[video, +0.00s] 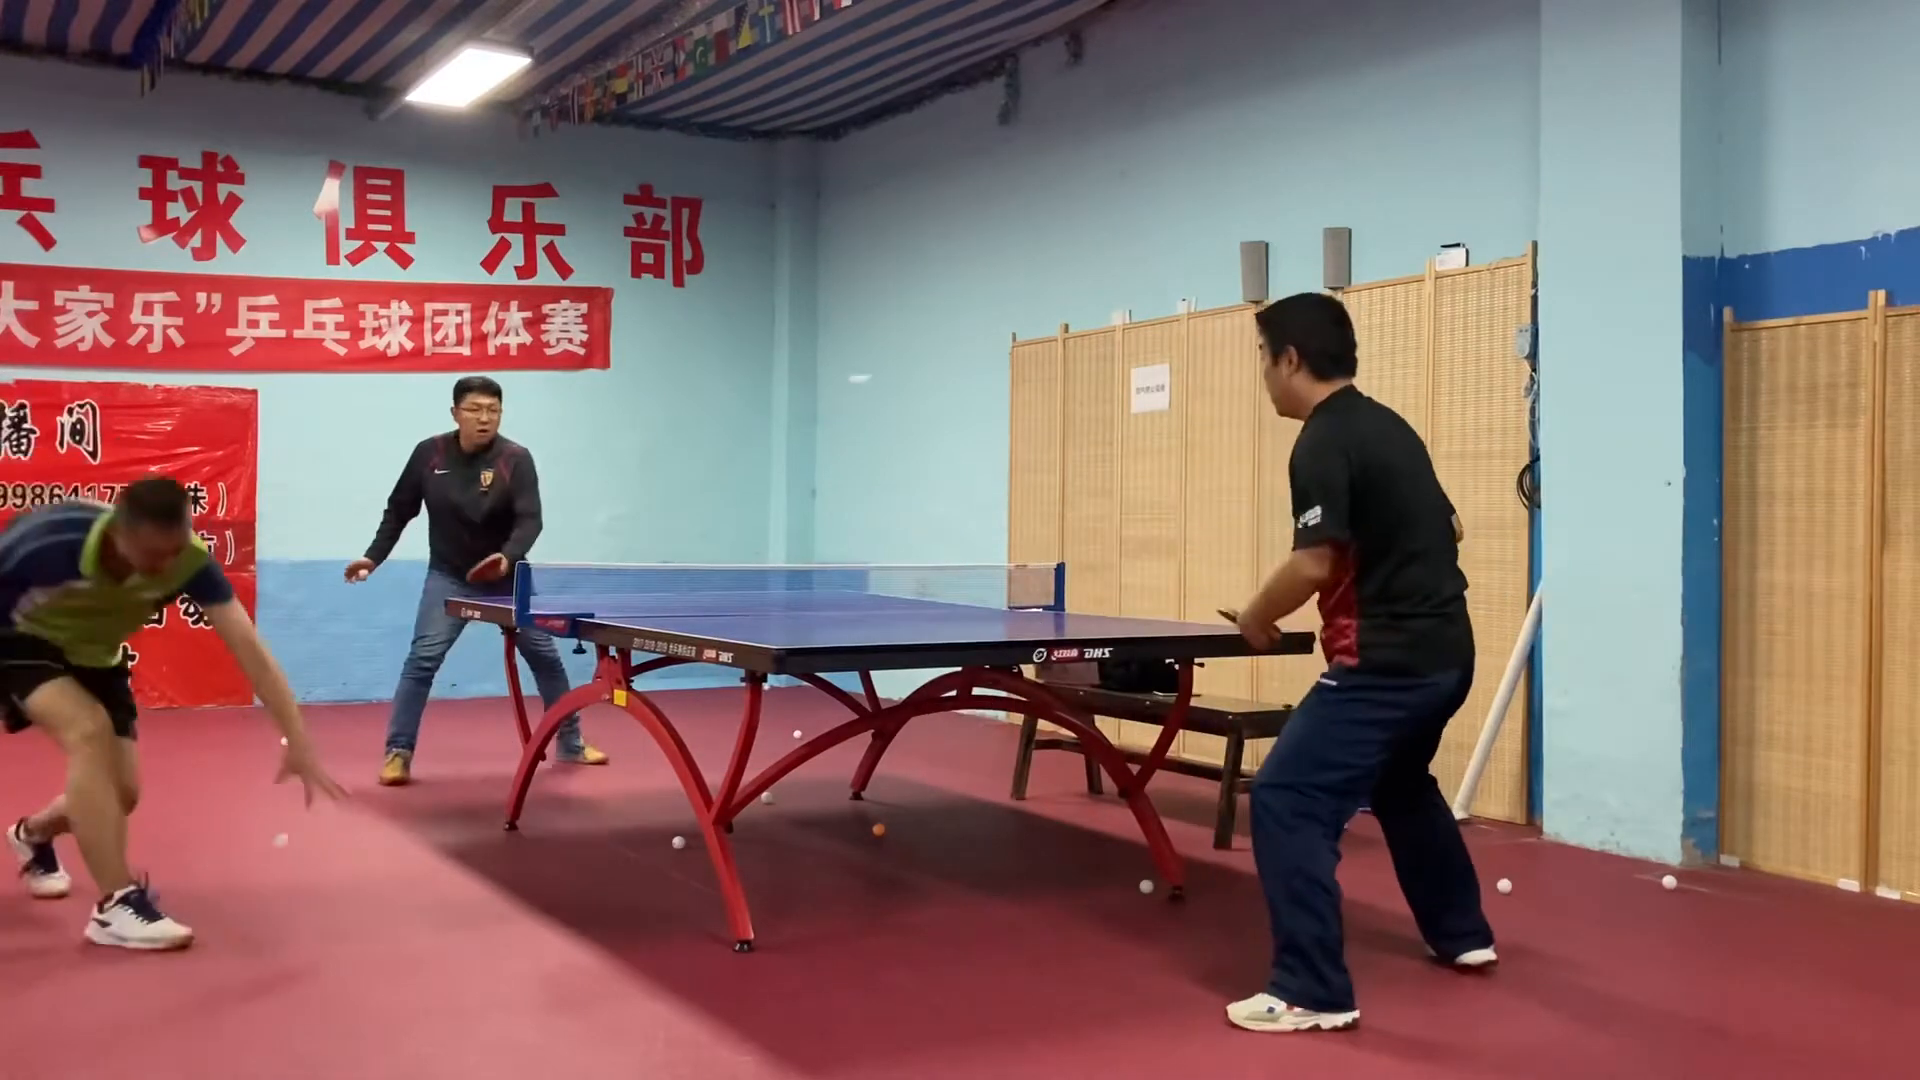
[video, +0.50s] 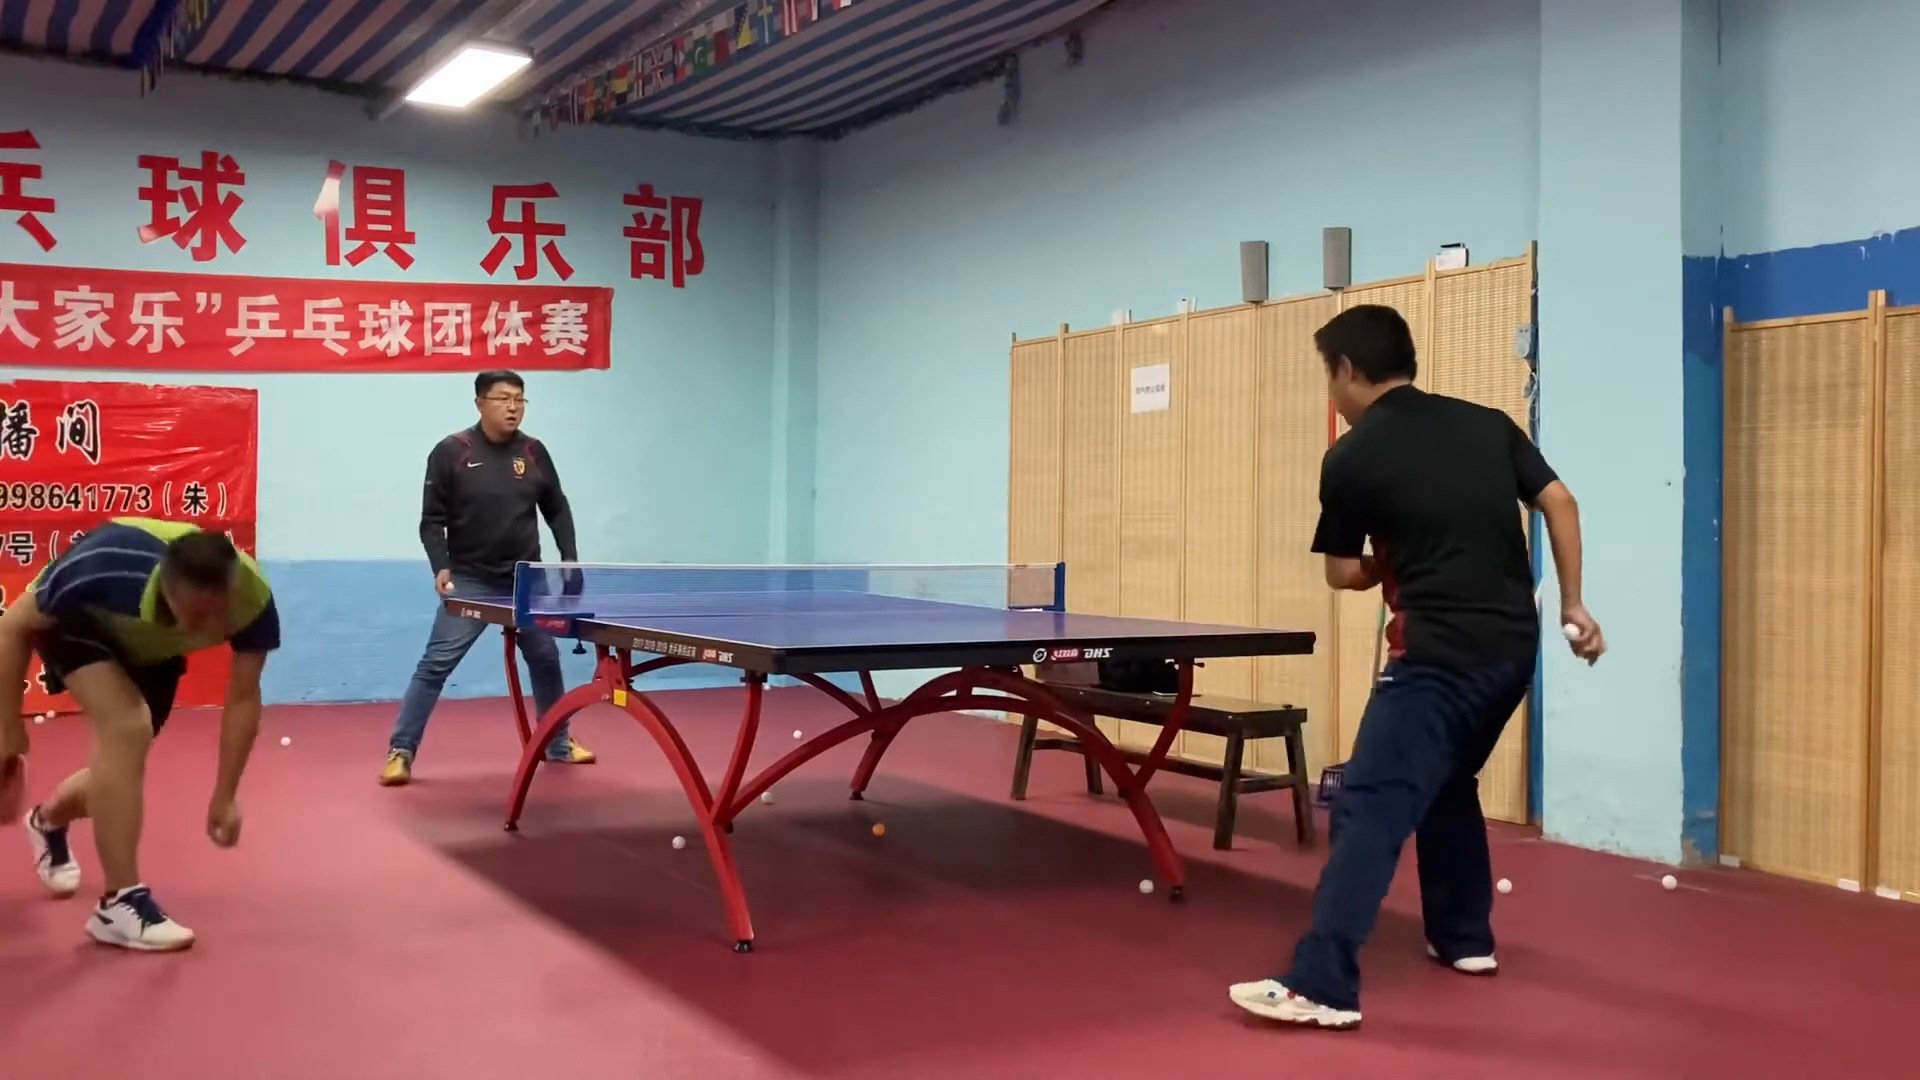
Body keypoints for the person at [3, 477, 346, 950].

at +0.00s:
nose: (162, 565)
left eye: (173, 553)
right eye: (151, 554)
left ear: (185, 533)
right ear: (119, 535)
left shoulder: (191, 560)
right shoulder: (49, 545)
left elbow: (246, 644)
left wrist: (298, 739)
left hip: (98, 656)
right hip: (23, 643)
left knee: (120, 794)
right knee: (89, 732)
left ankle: (33, 833)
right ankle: (117, 902)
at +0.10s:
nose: (202, 631)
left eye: (211, 619)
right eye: (190, 621)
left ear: (223, 600)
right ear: (157, 600)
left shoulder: (228, 625)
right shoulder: (83, 595)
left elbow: (277, 719)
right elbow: (2, 646)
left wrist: (319, 822)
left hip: (118, 679)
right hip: (39, 655)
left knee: (115, 820)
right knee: (106, 730)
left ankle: (33, 827)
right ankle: (118, 901)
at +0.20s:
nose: (210, 691)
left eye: (222, 680)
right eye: (200, 681)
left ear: (239, 653)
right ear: (171, 652)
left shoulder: (245, 660)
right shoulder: (100, 624)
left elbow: (274, 770)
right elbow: (5, 674)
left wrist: (298, 878)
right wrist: (9, 783)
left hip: (118, 675)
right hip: (33, 645)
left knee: (87, 821)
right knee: (119, 731)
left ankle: (32, 828)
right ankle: (118, 902)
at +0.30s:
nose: (209, 701)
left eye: (223, 694)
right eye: (199, 693)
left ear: (243, 665)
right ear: (175, 658)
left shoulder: (254, 669)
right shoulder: (110, 630)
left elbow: (264, 775)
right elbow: (11, 670)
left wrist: (270, 882)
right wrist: (12, 778)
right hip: (50, 633)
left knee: (85, 807)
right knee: (126, 731)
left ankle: (22, 824)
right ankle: (120, 901)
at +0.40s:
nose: (213, 677)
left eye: (223, 666)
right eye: (201, 667)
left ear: (239, 644)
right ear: (176, 641)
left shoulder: (257, 642)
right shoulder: (104, 609)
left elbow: (252, 749)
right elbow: (13, 650)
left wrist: (243, 848)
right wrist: (11, 752)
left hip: (149, 654)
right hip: (68, 623)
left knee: (104, 790)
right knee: (126, 733)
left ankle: (33, 822)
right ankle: (122, 899)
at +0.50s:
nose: (208, 626)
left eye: (217, 613)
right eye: (196, 615)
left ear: (231, 591)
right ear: (167, 589)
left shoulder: (254, 603)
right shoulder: (103, 570)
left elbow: (244, 698)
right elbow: (13, 625)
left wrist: (226, 796)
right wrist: (9, 727)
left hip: (158, 650)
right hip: (77, 620)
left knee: (119, 773)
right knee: (127, 727)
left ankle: (47, 820)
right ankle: (122, 899)